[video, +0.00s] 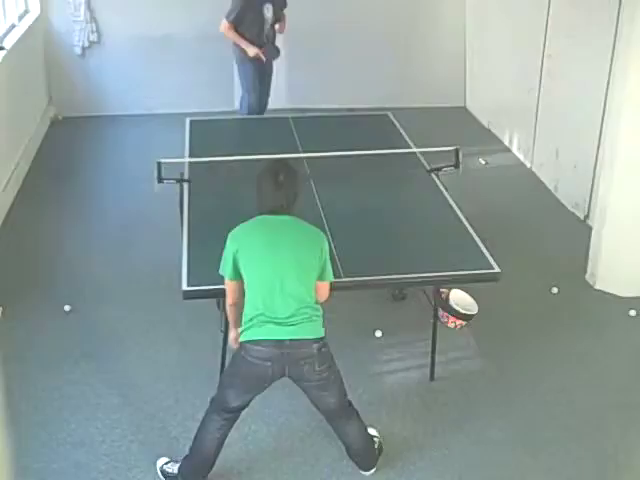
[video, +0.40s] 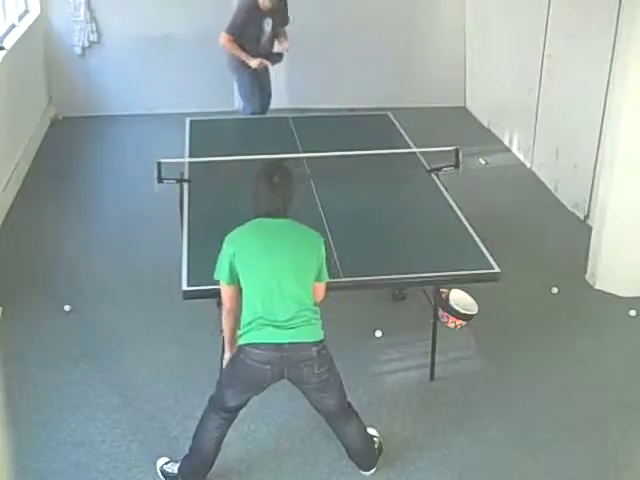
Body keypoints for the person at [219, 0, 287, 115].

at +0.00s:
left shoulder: (277, 2)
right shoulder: (242, 3)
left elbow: (280, 14)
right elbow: (226, 27)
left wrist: (280, 24)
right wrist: (248, 47)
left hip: (267, 52)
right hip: (246, 53)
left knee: (263, 101)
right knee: (252, 100)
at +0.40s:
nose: (271, 6)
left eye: (273, 4)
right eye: (270, 3)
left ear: (277, 3)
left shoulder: (280, 5)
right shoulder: (246, 7)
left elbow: (279, 28)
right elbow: (225, 39)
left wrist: (283, 41)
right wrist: (250, 60)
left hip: (262, 60)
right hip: (241, 60)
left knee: (264, 106)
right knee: (252, 108)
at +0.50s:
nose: (274, 4)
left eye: (278, 1)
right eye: (271, 0)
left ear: (281, 2)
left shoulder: (283, 8)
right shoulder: (246, 11)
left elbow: (281, 34)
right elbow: (224, 44)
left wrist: (283, 52)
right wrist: (248, 66)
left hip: (262, 63)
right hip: (239, 62)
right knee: (251, 108)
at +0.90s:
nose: (272, 2)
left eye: (276, 1)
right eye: (269, 0)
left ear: (279, 1)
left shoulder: (283, 4)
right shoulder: (245, 6)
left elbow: (284, 31)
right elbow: (231, 47)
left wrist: (289, 47)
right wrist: (258, 58)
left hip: (264, 56)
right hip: (242, 55)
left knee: (254, 106)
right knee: (251, 106)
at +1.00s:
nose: (272, 2)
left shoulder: (281, 3)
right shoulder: (245, 5)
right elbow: (233, 43)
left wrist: (292, 30)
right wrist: (263, 42)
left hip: (264, 58)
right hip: (243, 57)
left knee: (255, 106)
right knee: (252, 107)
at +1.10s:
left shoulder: (279, 3)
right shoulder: (244, 5)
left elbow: (287, 15)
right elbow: (234, 41)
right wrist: (263, 34)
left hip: (266, 62)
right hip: (247, 62)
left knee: (255, 108)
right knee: (257, 108)